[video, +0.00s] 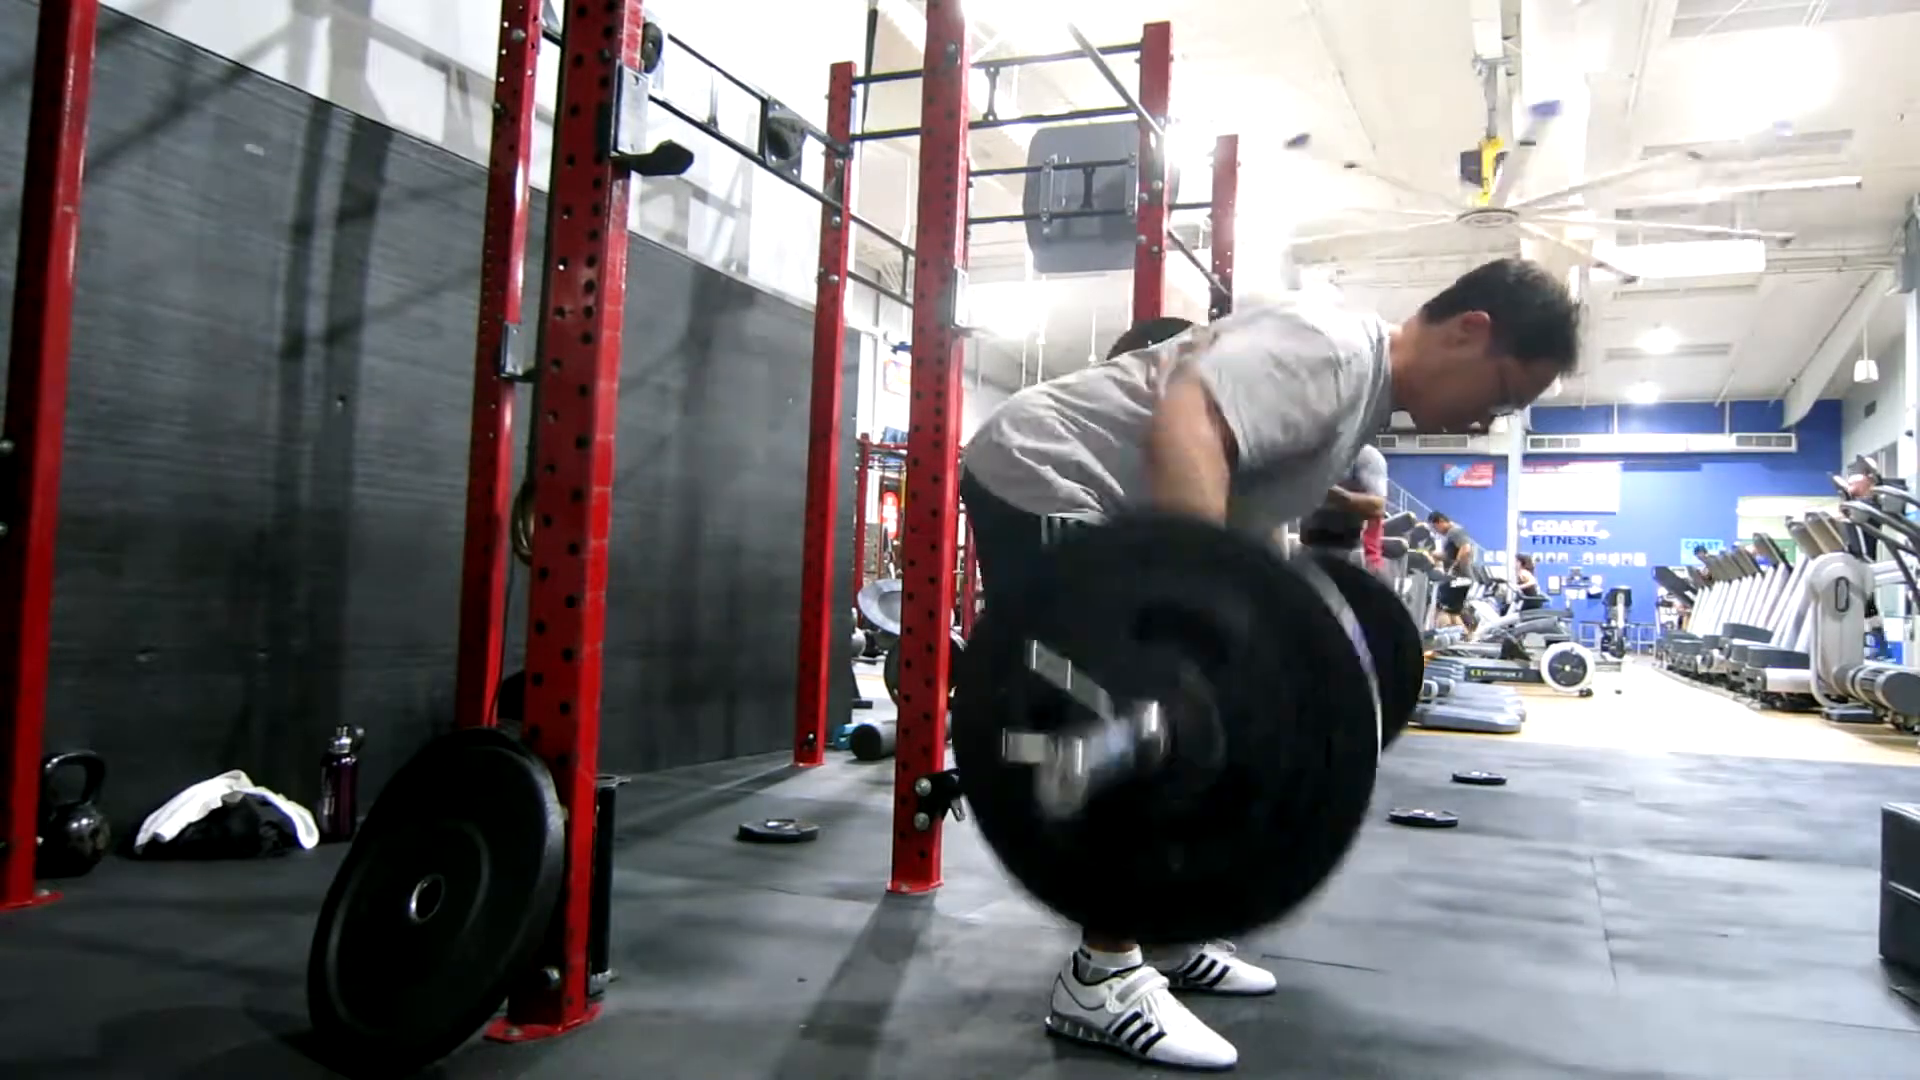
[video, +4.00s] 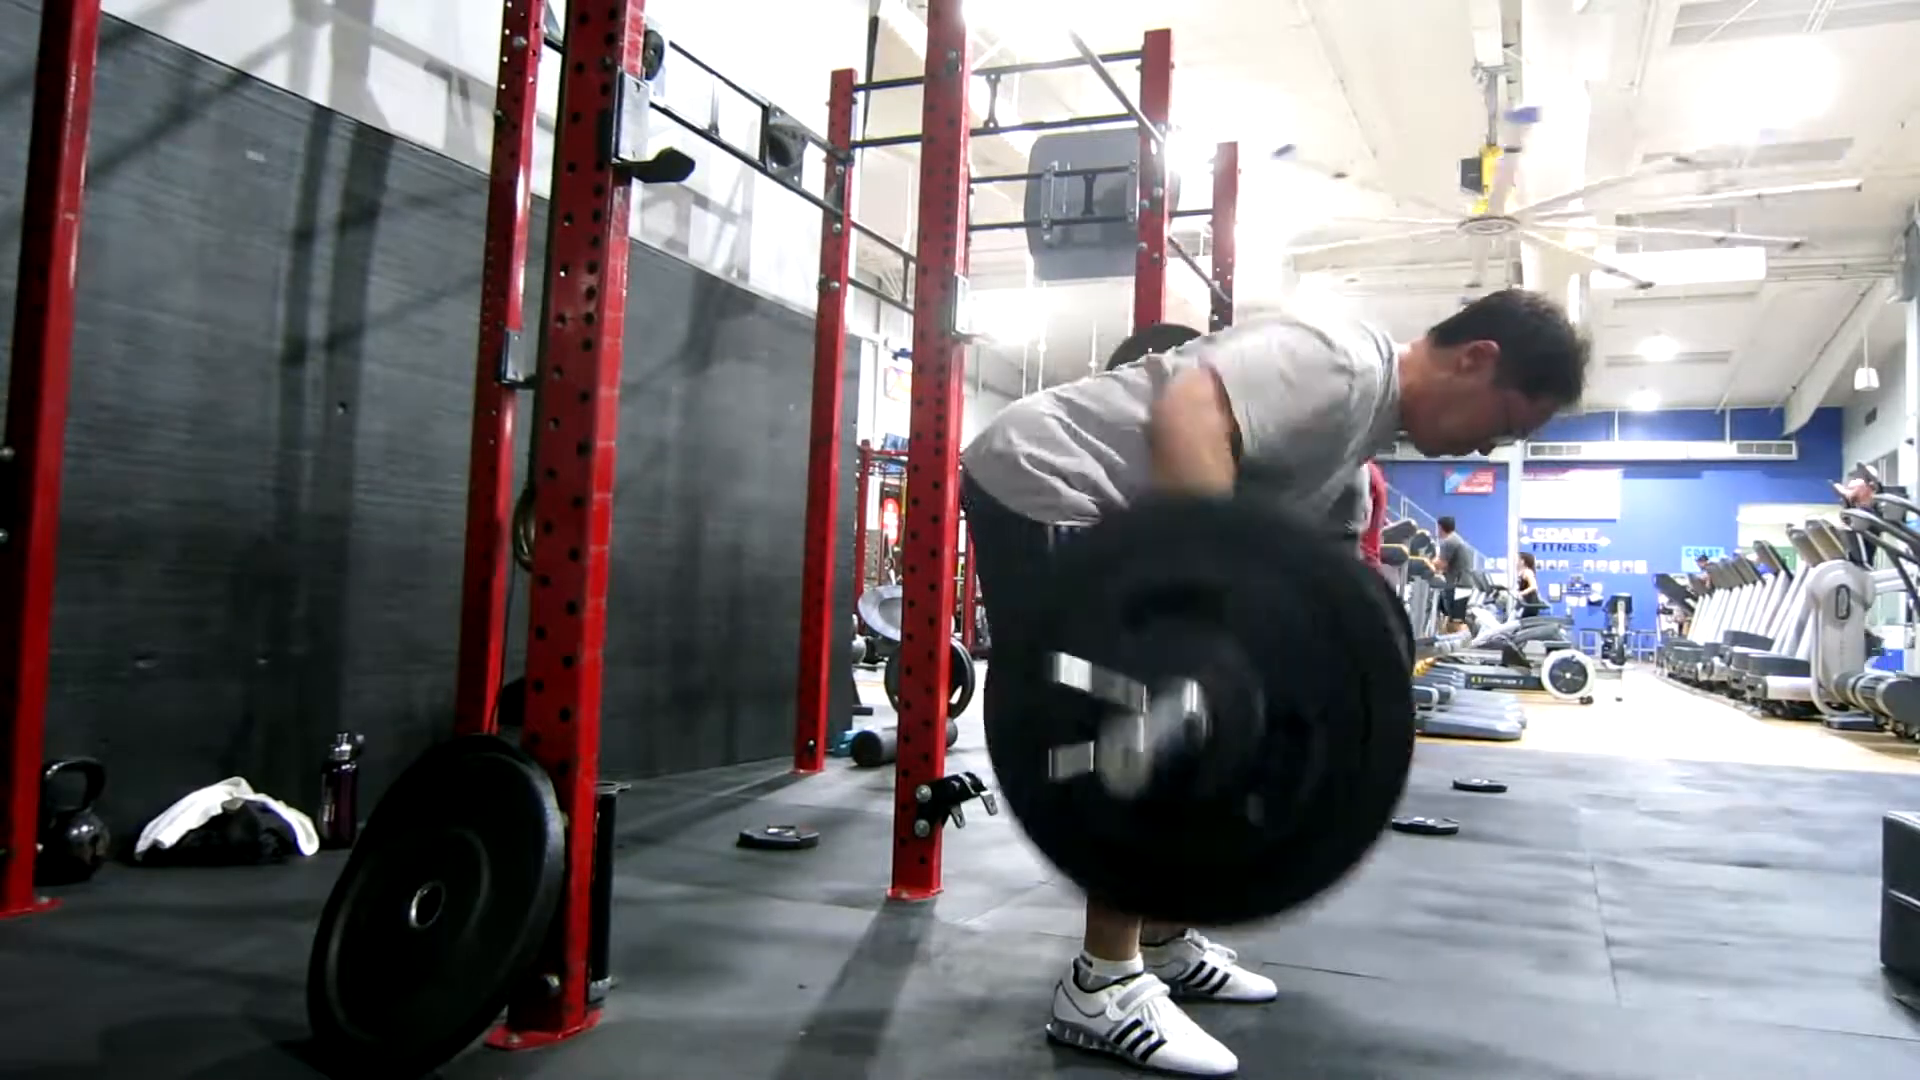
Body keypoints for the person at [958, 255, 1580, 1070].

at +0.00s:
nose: (1488, 424)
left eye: (1508, 410)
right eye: (1502, 398)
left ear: (1469, 332)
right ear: (1471, 334)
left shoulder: (1354, 387)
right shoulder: (1326, 351)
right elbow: (1185, 416)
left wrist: (1321, 503)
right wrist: (1204, 607)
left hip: (1113, 500)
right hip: (1046, 481)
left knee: (1174, 710)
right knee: (1117, 723)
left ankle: (1166, 939)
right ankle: (1102, 970)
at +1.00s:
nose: (1472, 542)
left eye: (1491, 531)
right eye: (1489, 521)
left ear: (1463, 456)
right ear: (1464, 456)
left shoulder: (1350, 518)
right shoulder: (1315, 472)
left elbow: (1290, 680)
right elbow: (1228, 667)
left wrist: (1256, 814)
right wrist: (1195, 846)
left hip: (1088, 528)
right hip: (1036, 505)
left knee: (1176, 715)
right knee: (1187, 697)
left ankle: (1104, 904)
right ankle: (1158, 901)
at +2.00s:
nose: (1506, 544)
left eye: (1524, 531)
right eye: (1520, 521)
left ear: (1487, 460)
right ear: (1488, 461)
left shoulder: (1369, 514)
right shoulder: (1334, 475)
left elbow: (1305, 691)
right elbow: (1247, 674)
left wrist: (1260, 821)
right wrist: (1192, 869)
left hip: (1096, 521)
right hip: (1051, 502)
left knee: (1190, 723)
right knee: (1202, 708)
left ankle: (1115, 909)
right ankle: (1151, 908)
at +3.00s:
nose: (1484, 517)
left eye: (1502, 505)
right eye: (1497, 494)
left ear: (1465, 436)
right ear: (1465, 434)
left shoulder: (1353, 524)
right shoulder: (1306, 470)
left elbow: (1287, 675)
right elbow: (1219, 666)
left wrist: (1266, 813)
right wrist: (1200, 857)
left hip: (1094, 545)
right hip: (1036, 522)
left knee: (1183, 727)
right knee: (1197, 710)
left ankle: (1117, 905)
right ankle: (1157, 910)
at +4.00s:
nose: (1491, 450)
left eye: (1509, 438)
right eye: (1505, 427)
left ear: (1476, 358)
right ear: (1476, 359)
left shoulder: (1350, 433)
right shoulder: (1337, 364)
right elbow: (1187, 416)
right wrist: (1226, 599)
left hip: (1115, 508)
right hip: (1044, 483)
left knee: (1175, 715)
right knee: (1121, 728)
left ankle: (1163, 946)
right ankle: (1104, 979)